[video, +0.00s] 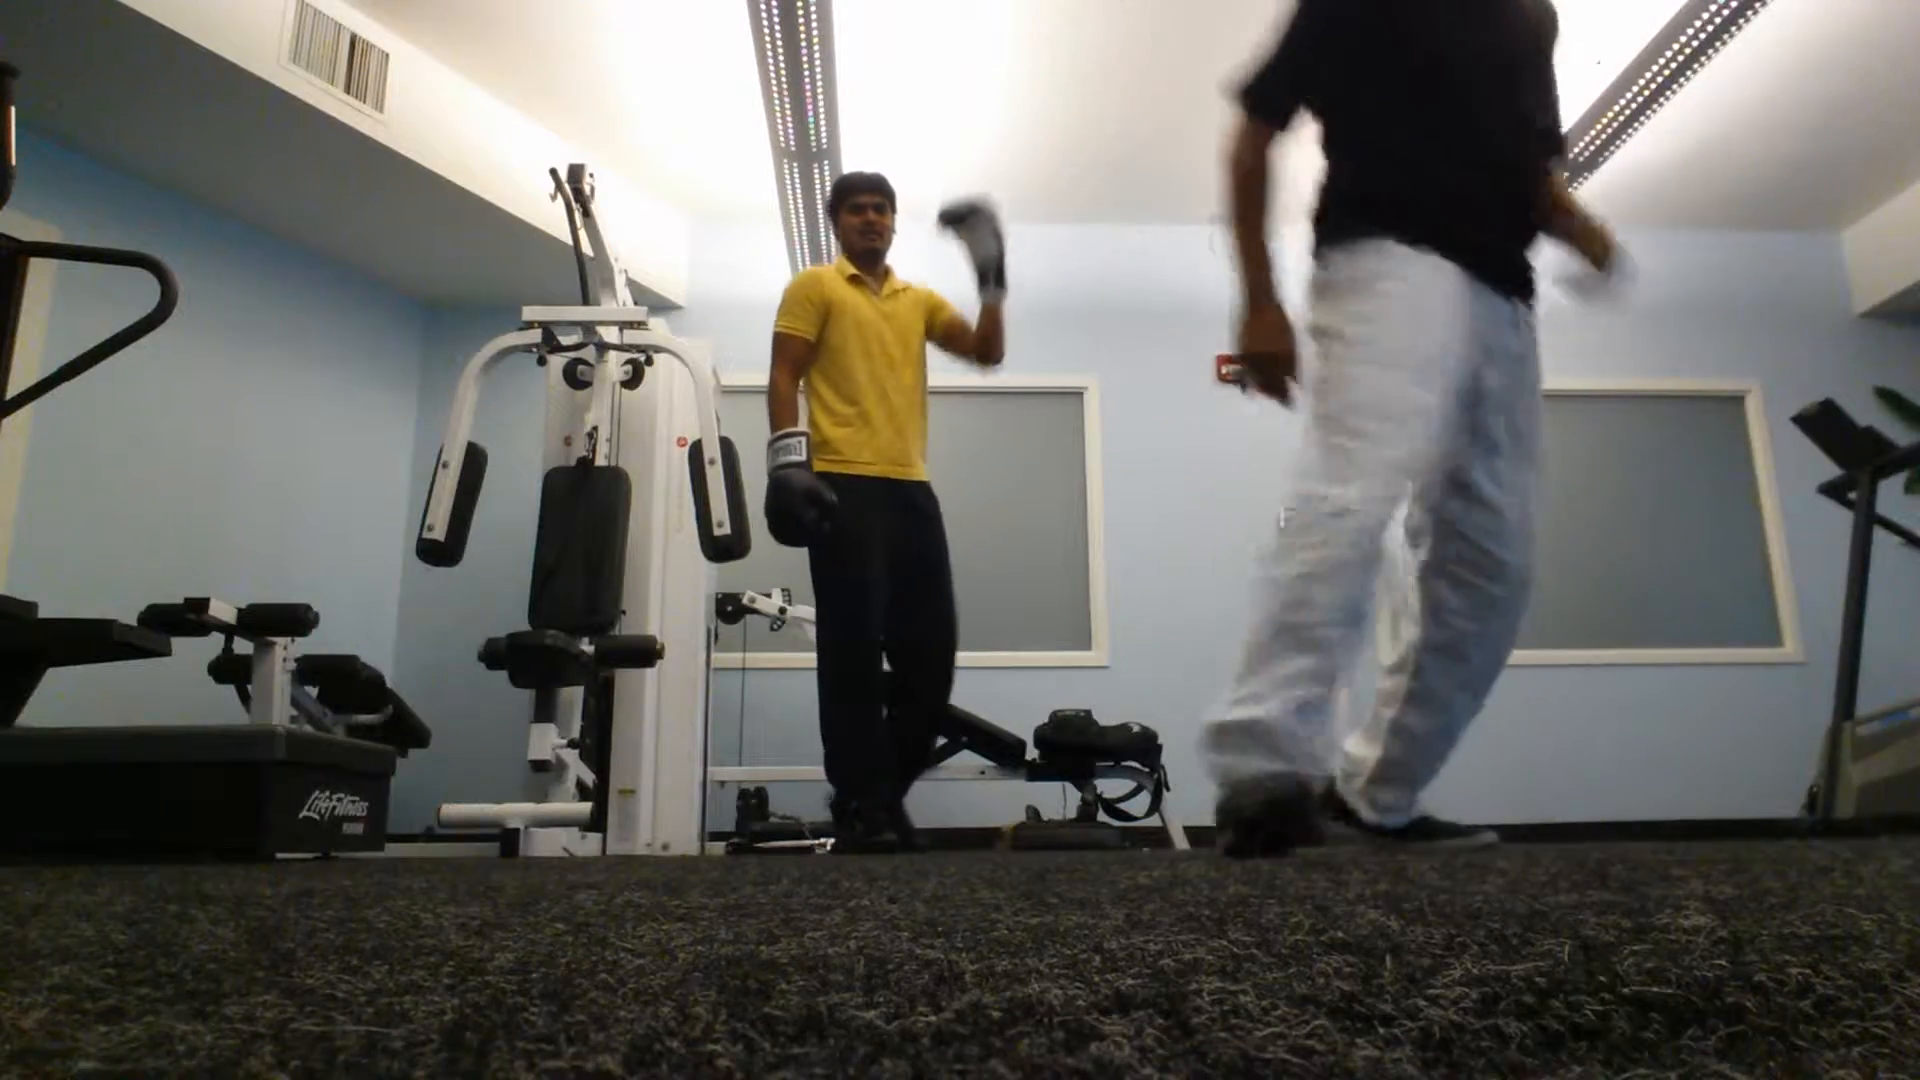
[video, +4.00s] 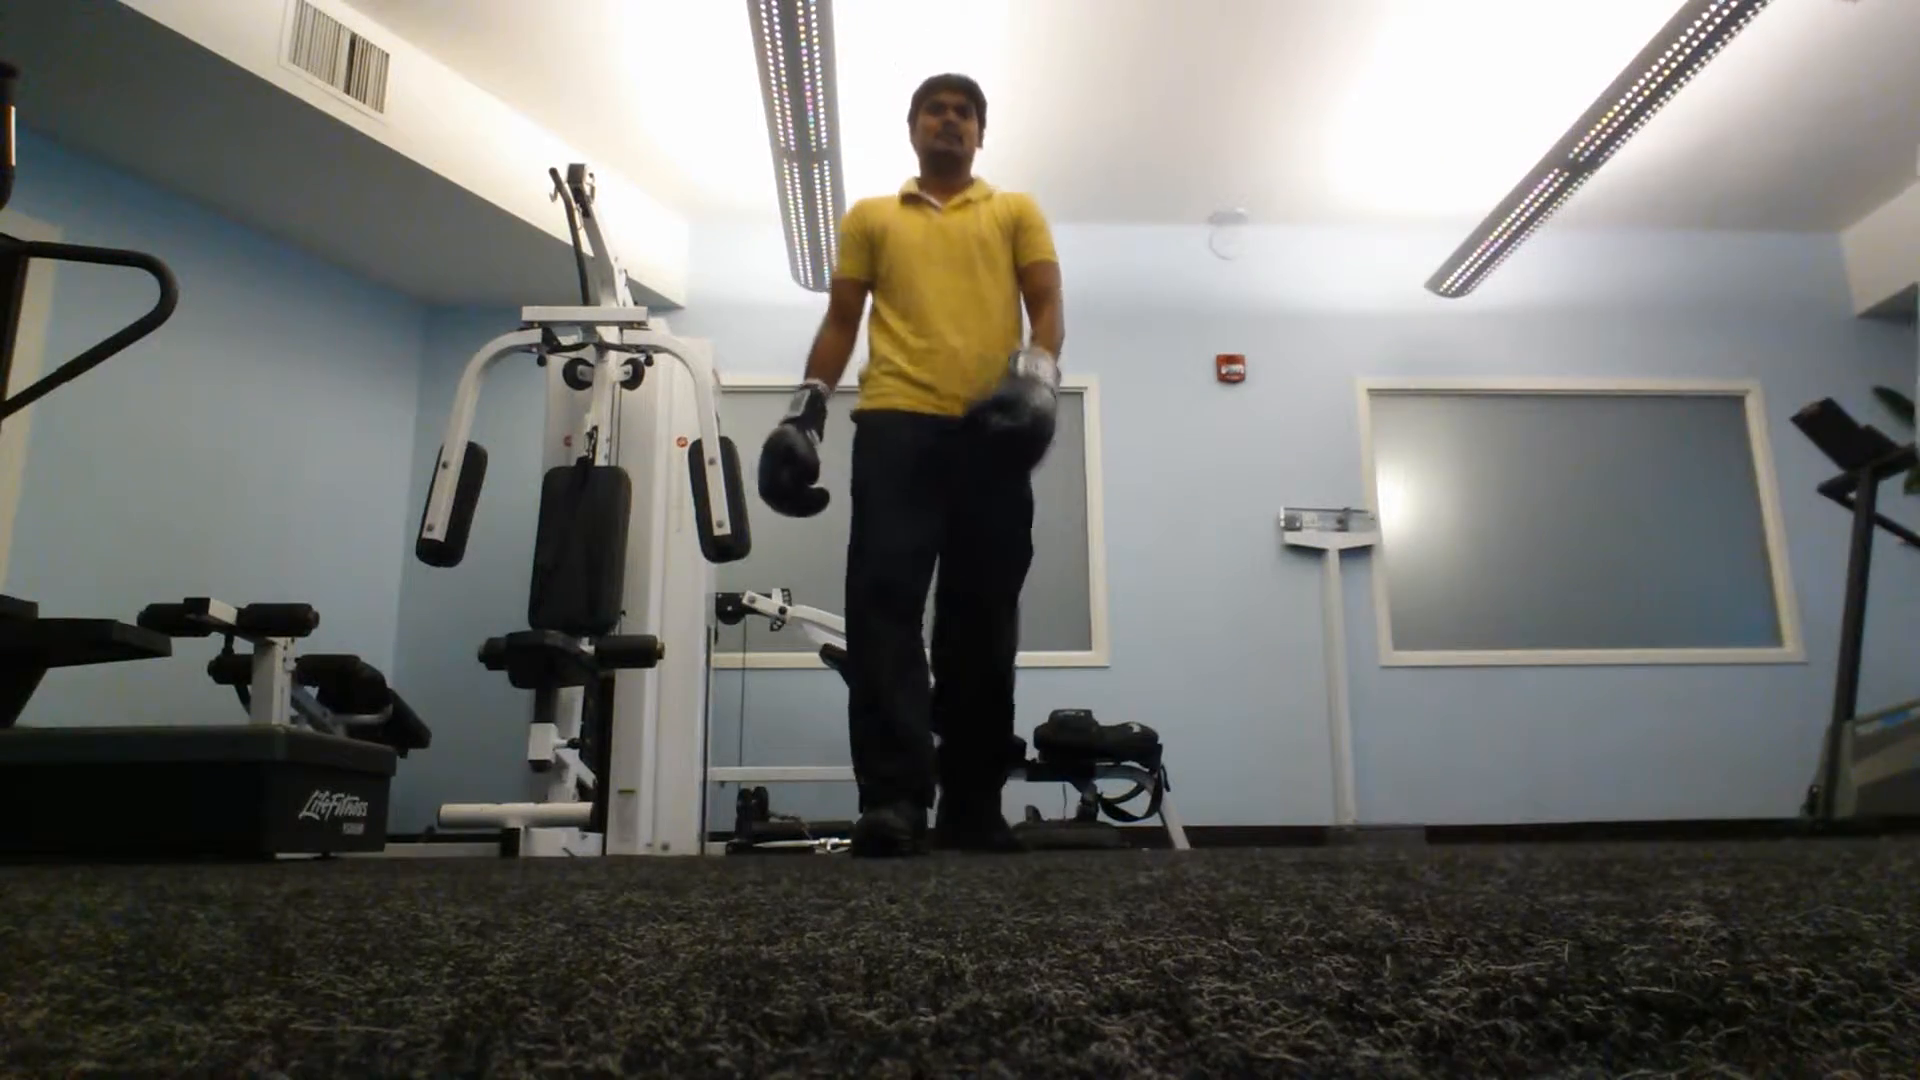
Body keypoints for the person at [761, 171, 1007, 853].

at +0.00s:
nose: (871, 220)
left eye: (881, 210)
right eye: (858, 210)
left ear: (894, 222)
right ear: (835, 223)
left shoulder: (917, 298)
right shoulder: (815, 287)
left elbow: (985, 351)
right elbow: (785, 375)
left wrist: (990, 269)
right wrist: (789, 462)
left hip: (909, 490)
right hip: (840, 487)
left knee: (928, 649)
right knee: (852, 649)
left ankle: (884, 800)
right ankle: (857, 810)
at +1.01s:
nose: (954, 161)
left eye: (966, 151)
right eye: (941, 150)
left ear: (985, 163)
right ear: (917, 159)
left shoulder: (1014, 247)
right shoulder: (878, 238)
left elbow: (1049, 339)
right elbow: (841, 328)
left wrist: (1044, 404)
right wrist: (827, 396)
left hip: (979, 446)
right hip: (889, 441)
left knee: (984, 615)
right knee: (876, 591)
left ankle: (984, 799)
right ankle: (875, 778)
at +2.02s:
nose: (899, 15)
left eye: (914, 3)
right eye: (882, 4)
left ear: (935, 18)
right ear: (857, 20)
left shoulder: (983, 123)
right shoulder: (821, 118)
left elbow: (1030, 237)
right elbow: (783, 223)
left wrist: (1066, 342)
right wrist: (764, 299)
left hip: (957, 369)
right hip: (846, 371)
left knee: (969, 572)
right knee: (854, 593)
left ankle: (993, 790)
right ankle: (864, 807)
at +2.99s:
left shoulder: (1055, 89)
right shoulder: (881, 67)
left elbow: (1085, 220)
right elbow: (829, 192)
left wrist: (1111, 341)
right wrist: (800, 299)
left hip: (999, 322)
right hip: (892, 298)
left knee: (1009, 540)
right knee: (961, 246)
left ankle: (981, 782)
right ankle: (917, 484)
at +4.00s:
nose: (948, 122)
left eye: (963, 113)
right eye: (935, 111)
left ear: (981, 134)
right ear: (911, 128)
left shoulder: (1014, 212)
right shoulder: (872, 218)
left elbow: (1046, 302)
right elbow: (840, 321)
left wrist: (1036, 378)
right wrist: (804, 417)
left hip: (989, 431)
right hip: (895, 431)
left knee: (984, 618)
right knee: (882, 613)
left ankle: (973, 809)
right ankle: (890, 805)